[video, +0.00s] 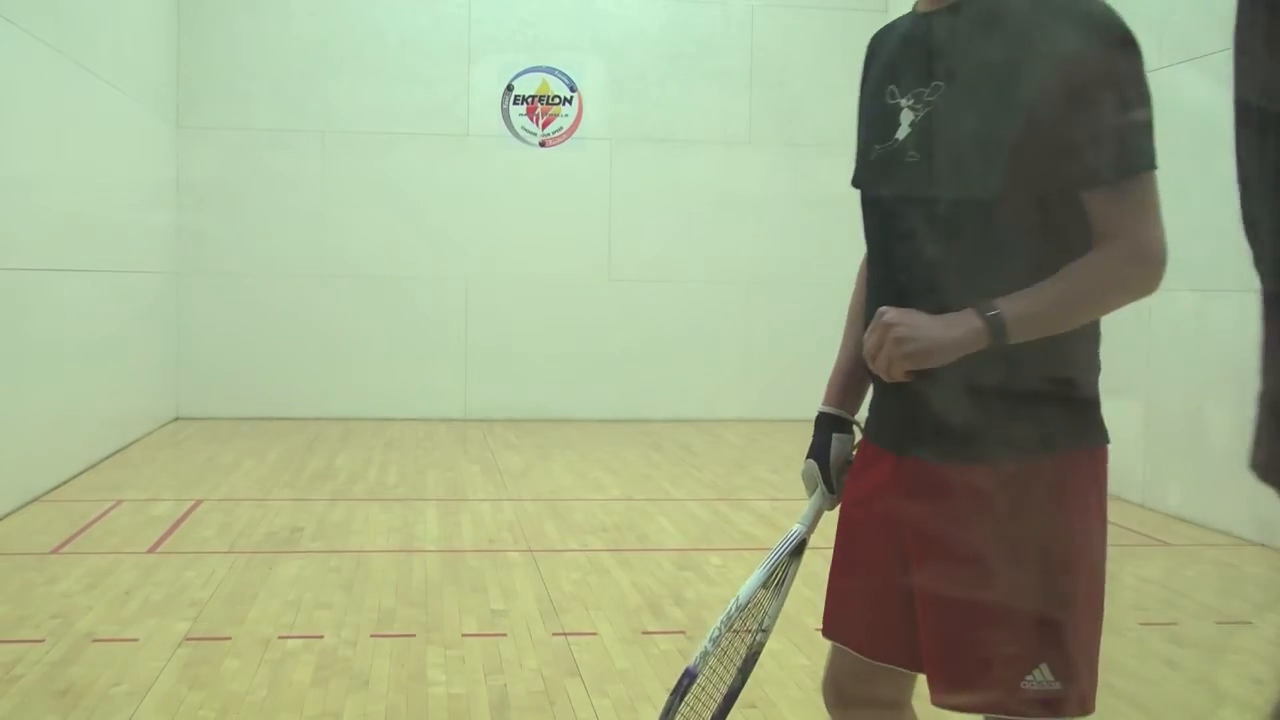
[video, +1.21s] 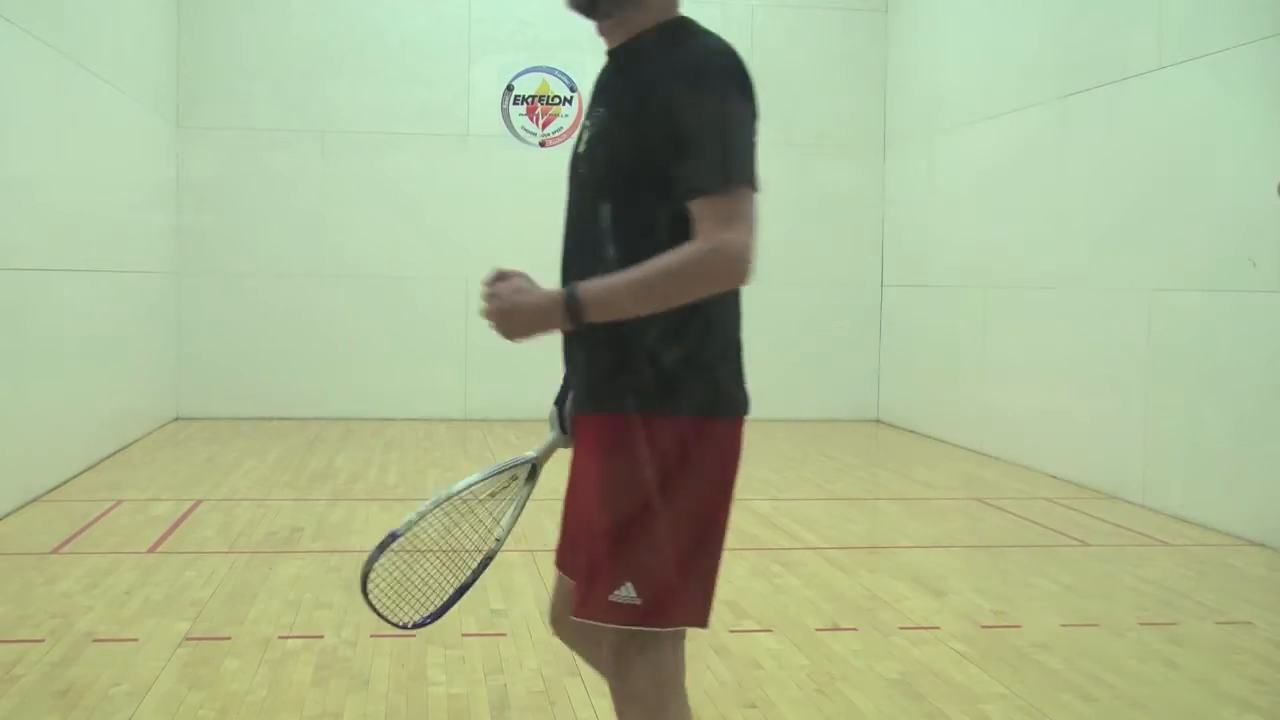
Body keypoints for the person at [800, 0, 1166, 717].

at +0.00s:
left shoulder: (1080, 36)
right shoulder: (891, 50)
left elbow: (1136, 256)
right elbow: (889, 254)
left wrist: (970, 328)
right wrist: (836, 412)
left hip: (1028, 444)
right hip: (903, 434)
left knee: (1031, 707)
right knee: (859, 691)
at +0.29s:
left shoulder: (988, 44)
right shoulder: (820, 80)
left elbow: (1080, 224)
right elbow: (824, 258)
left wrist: (916, 298)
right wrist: (786, 414)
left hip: (957, 429)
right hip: (846, 425)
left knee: (953, 690)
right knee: (856, 669)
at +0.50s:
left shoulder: (941, 53)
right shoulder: (779, 82)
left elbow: (1029, 228)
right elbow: (782, 251)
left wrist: (884, 299)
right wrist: (739, 397)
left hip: (910, 414)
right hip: (816, 413)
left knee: (829, 691)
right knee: (882, 685)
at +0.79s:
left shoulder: (865, 71)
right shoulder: (723, 88)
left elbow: (955, 248)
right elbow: (722, 257)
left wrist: (820, 319)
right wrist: (674, 394)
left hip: (830, 418)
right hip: (751, 417)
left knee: (719, 674)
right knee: (828, 663)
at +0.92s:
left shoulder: (798, 78)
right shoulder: (685, 84)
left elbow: (882, 259)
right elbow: (681, 256)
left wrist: (730, 344)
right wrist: (639, 379)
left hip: (751, 415)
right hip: (694, 409)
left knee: (654, 666)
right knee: (740, 656)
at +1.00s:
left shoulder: (757, 73)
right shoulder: (668, 74)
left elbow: (831, 259)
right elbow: (680, 254)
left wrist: (675, 343)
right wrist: (624, 379)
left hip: (719, 410)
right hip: (666, 404)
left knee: (649, 666)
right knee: (680, 653)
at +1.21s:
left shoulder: (697, 65)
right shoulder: (625, 71)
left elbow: (727, 252)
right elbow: (632, 245)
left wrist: (560, 307)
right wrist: (586, 377)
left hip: (668, 401)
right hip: (622, 395)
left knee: (643, 650)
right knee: (579, 616)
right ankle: (667, 704)